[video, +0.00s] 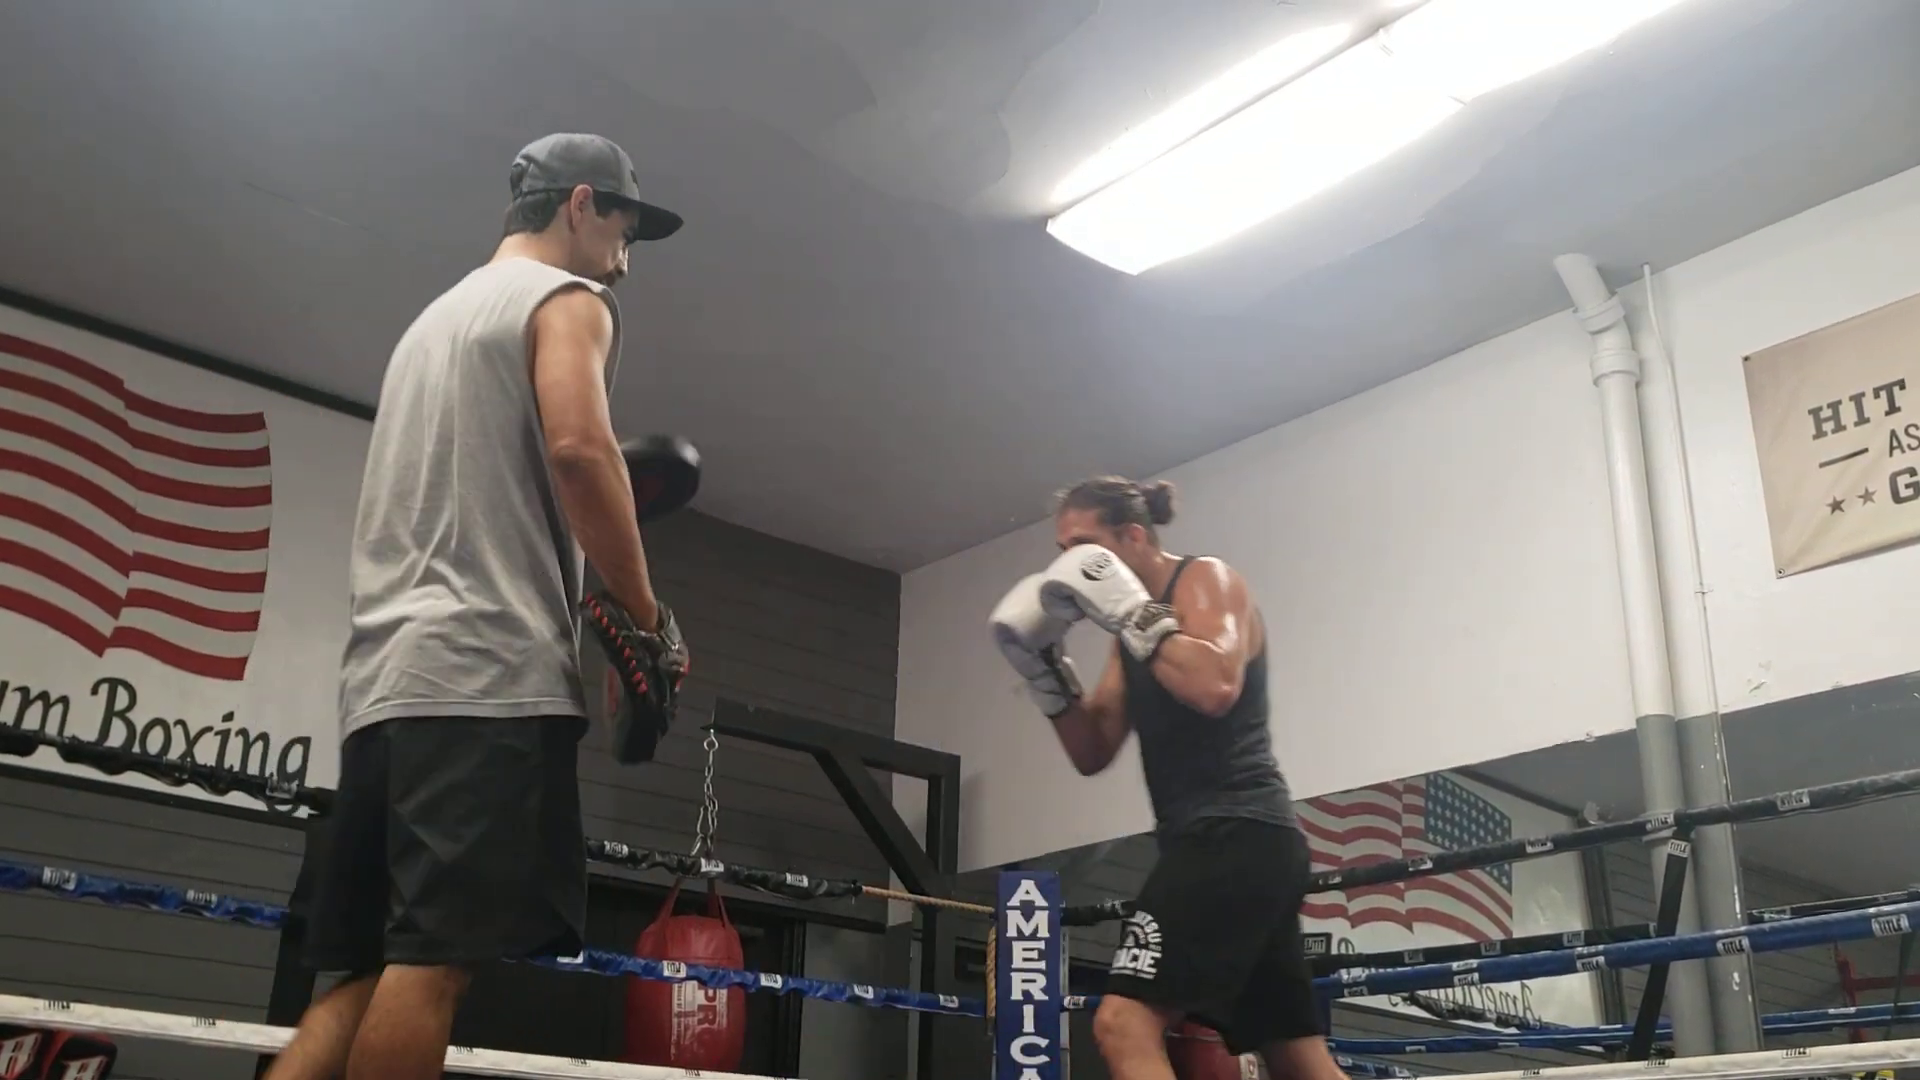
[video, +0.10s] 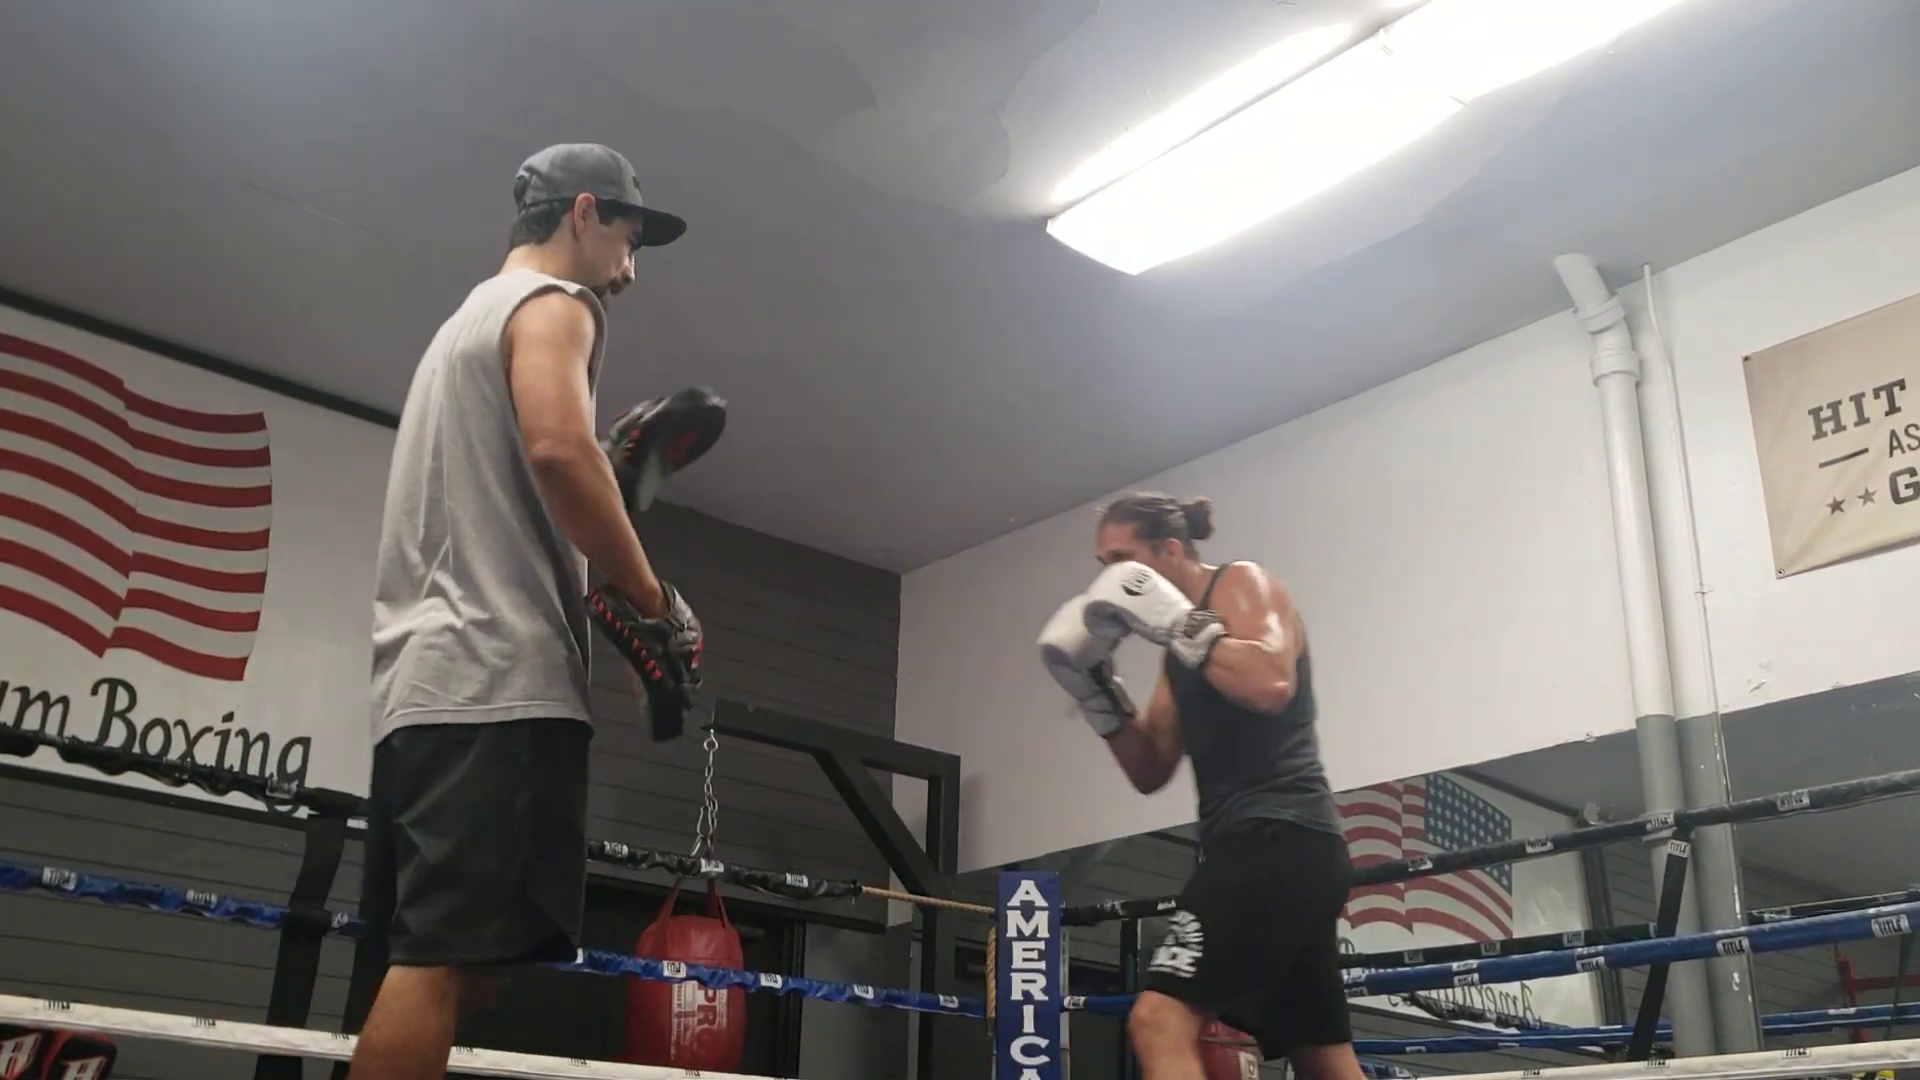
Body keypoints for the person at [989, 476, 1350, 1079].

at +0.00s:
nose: (1076, 567)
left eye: (1084, 547)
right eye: (1069, 553)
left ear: (1133, 537)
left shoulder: (1208, 578)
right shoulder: (1136, 630)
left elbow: (1215, 686)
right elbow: (1092, 751)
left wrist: (1131, 610)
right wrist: (1043, 668)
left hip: (1235, 839)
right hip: (1213, 841)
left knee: (1124, 1024)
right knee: (1300, 1057)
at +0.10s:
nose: (1115, 580)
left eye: (1123, 561)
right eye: (1108, 567)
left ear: (1170, 550)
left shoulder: (1241, 580)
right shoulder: (1183, 649)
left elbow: (1271, 686)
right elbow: (1150, 770)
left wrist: (1173, 618)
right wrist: (1095, 685)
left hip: (1275, 838)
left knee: (1160, 1021)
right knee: (1326, 1056)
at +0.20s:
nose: (1147, 582)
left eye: (1155, 561)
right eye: (1140, 567)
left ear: (1205, 551)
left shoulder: (1270, 577)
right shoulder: (1216, 654)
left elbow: (1320, 671)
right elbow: (1190, 775)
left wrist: (1215, 617)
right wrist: (1131, 690)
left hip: (1309, 825)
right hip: (1280, 834)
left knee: (1204, 1005)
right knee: (1339, 1056)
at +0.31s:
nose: (1167, 573)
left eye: (1177, 551)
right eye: (1161, 558)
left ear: (1231, 544)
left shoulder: (1290, 569)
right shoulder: (1239, 653)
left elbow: (1343, 657)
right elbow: (1202, 765)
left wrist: (1240, 604)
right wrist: (1148, 680)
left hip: (1328, 816)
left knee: (1225, 993)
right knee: (1348, 1058)